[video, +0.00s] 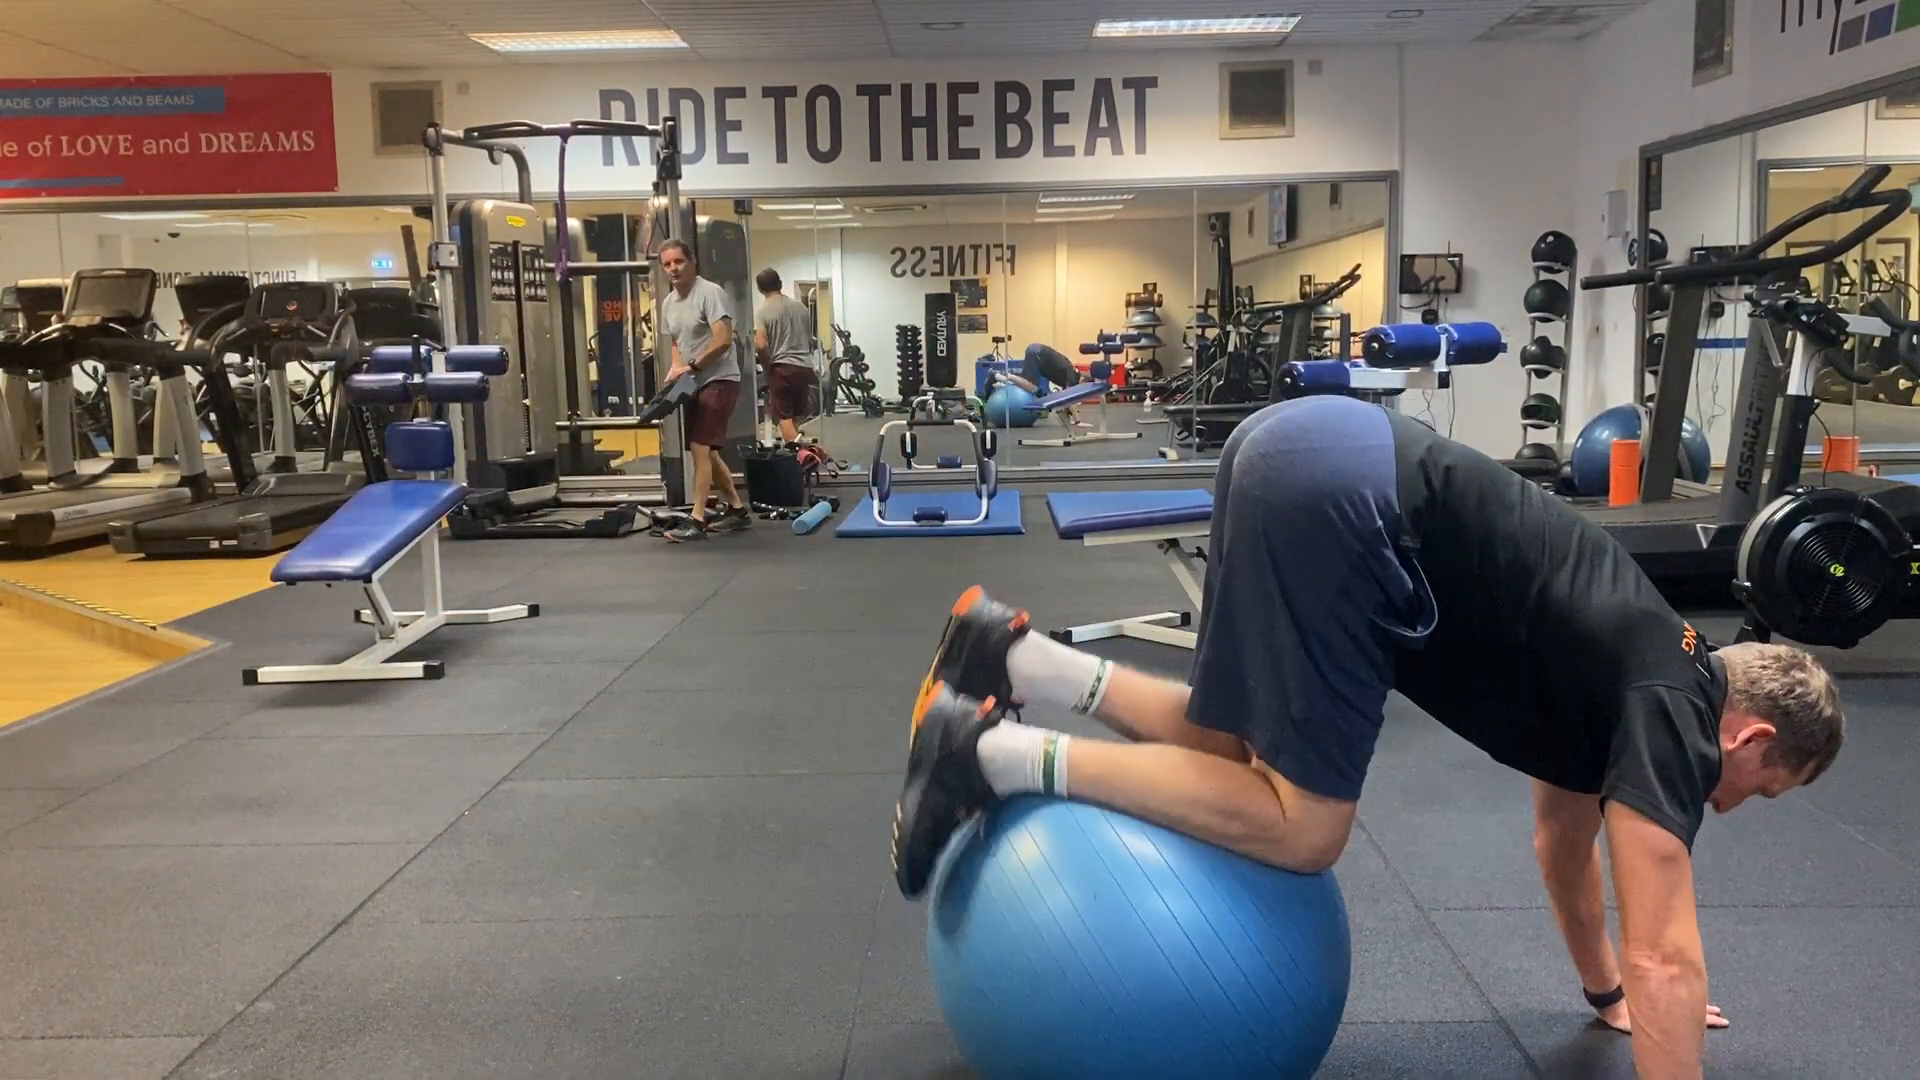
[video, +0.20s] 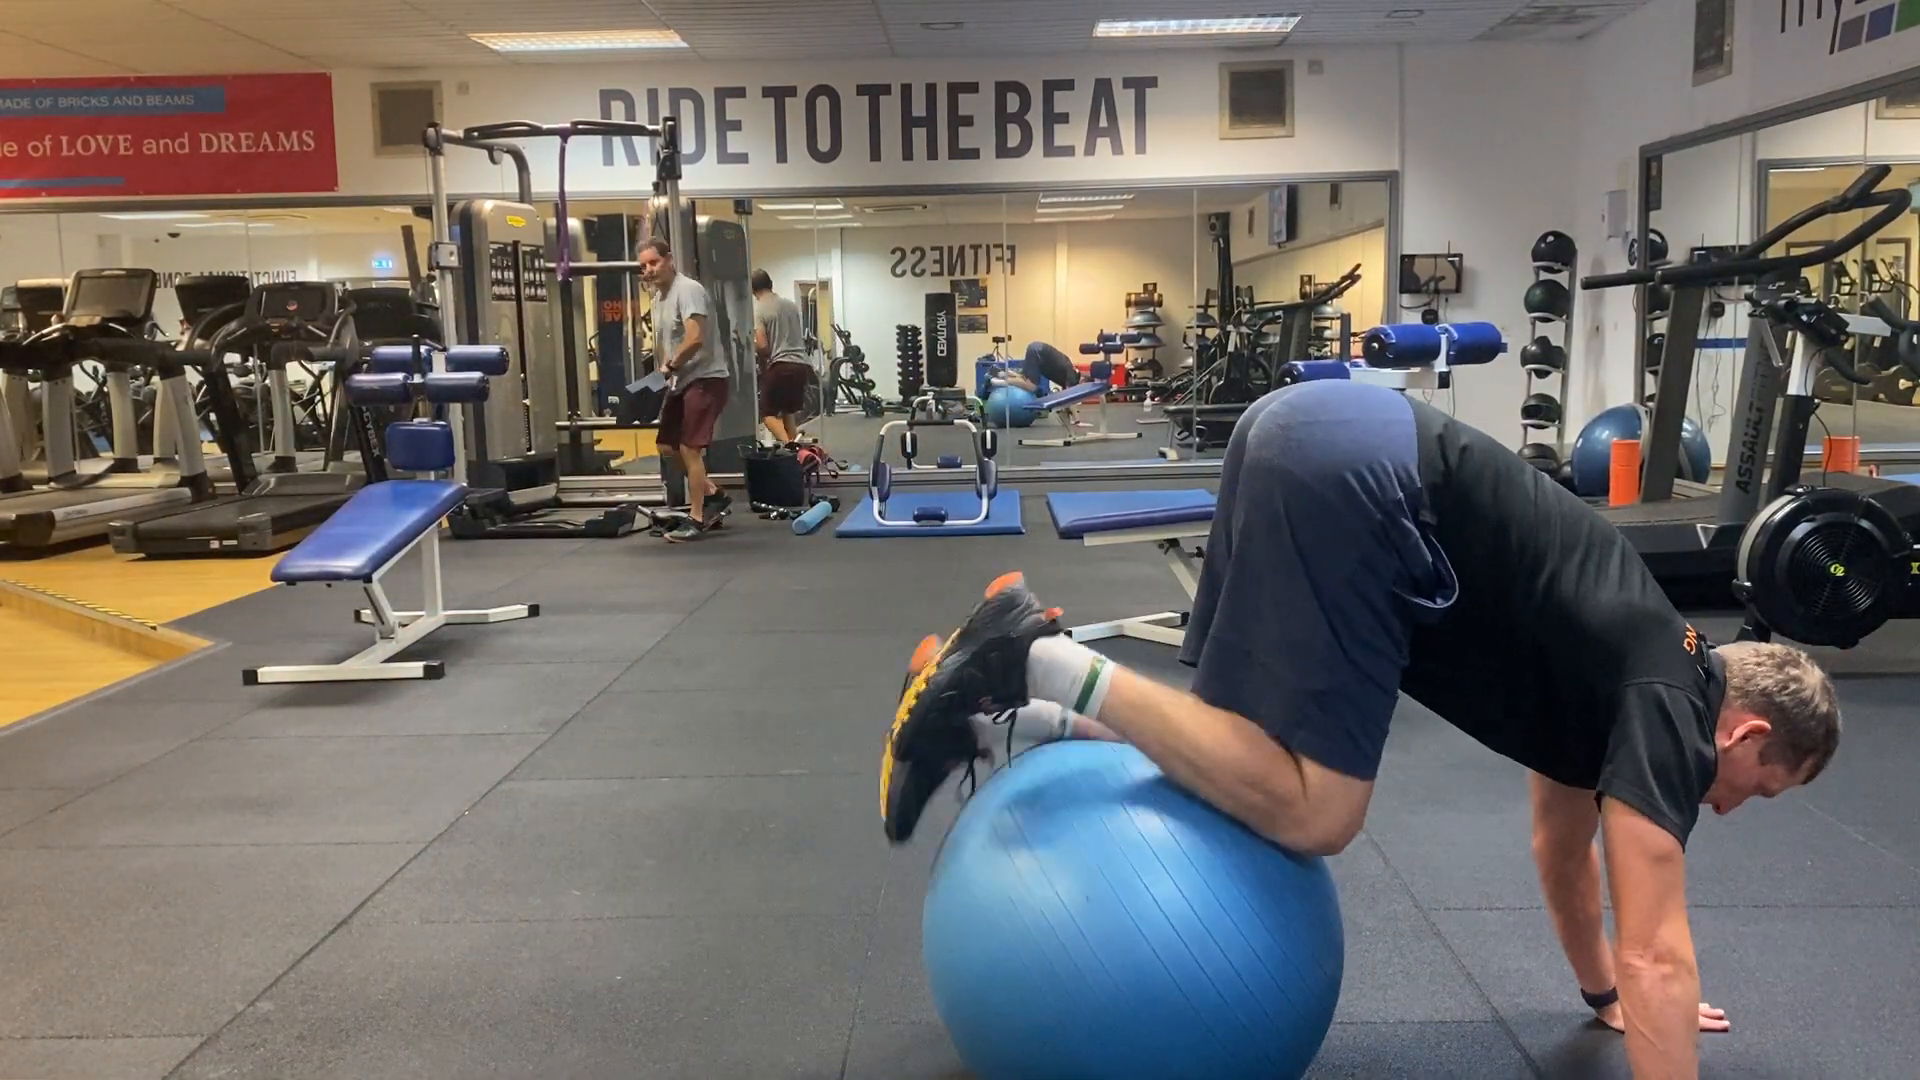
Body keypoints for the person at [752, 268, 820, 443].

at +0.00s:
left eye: (761, 287)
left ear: (760, 289)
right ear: (780, 284)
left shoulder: (762, 312)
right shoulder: (801, 307)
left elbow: (761, 345)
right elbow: (810, 341)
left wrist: (767, 366)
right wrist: (800, 354)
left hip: (781, 369)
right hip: (805, 369)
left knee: (785, 418)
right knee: (795, 417)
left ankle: (799, 457)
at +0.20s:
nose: (752, 294)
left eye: (752, 290)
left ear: (753, 290)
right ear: (771, 285)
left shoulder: (760, 309)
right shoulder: (792, 305)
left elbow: (762, 344)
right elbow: (798, 335)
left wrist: (763, 358)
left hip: (779, 366)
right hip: (801, 366)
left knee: (768, 414)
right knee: (789, 413)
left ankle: (789, 444)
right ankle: (795, 449)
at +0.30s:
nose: (747, 297)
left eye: (746, 293)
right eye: (747, 293)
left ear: (750, 290)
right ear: (763, 286)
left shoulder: (758, 307)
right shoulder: (785, 303)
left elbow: (763, 344)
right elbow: (792, 334)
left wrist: (754, 351)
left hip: (779, 364)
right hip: (800, 363)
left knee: (764, 413)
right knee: (788, 413)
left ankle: (780, 442)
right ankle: (790, 454)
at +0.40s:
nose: (745, 299)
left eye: (744, 294)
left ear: (748, 290)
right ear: (756, 286)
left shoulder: (758, 307)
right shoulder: (778, 303)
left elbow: (763, 345)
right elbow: (786, 336)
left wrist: (752, 359)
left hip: (779, 363)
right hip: (797, 361)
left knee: (762, 414)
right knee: (786, 412)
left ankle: (765, 456)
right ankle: (790, 455)